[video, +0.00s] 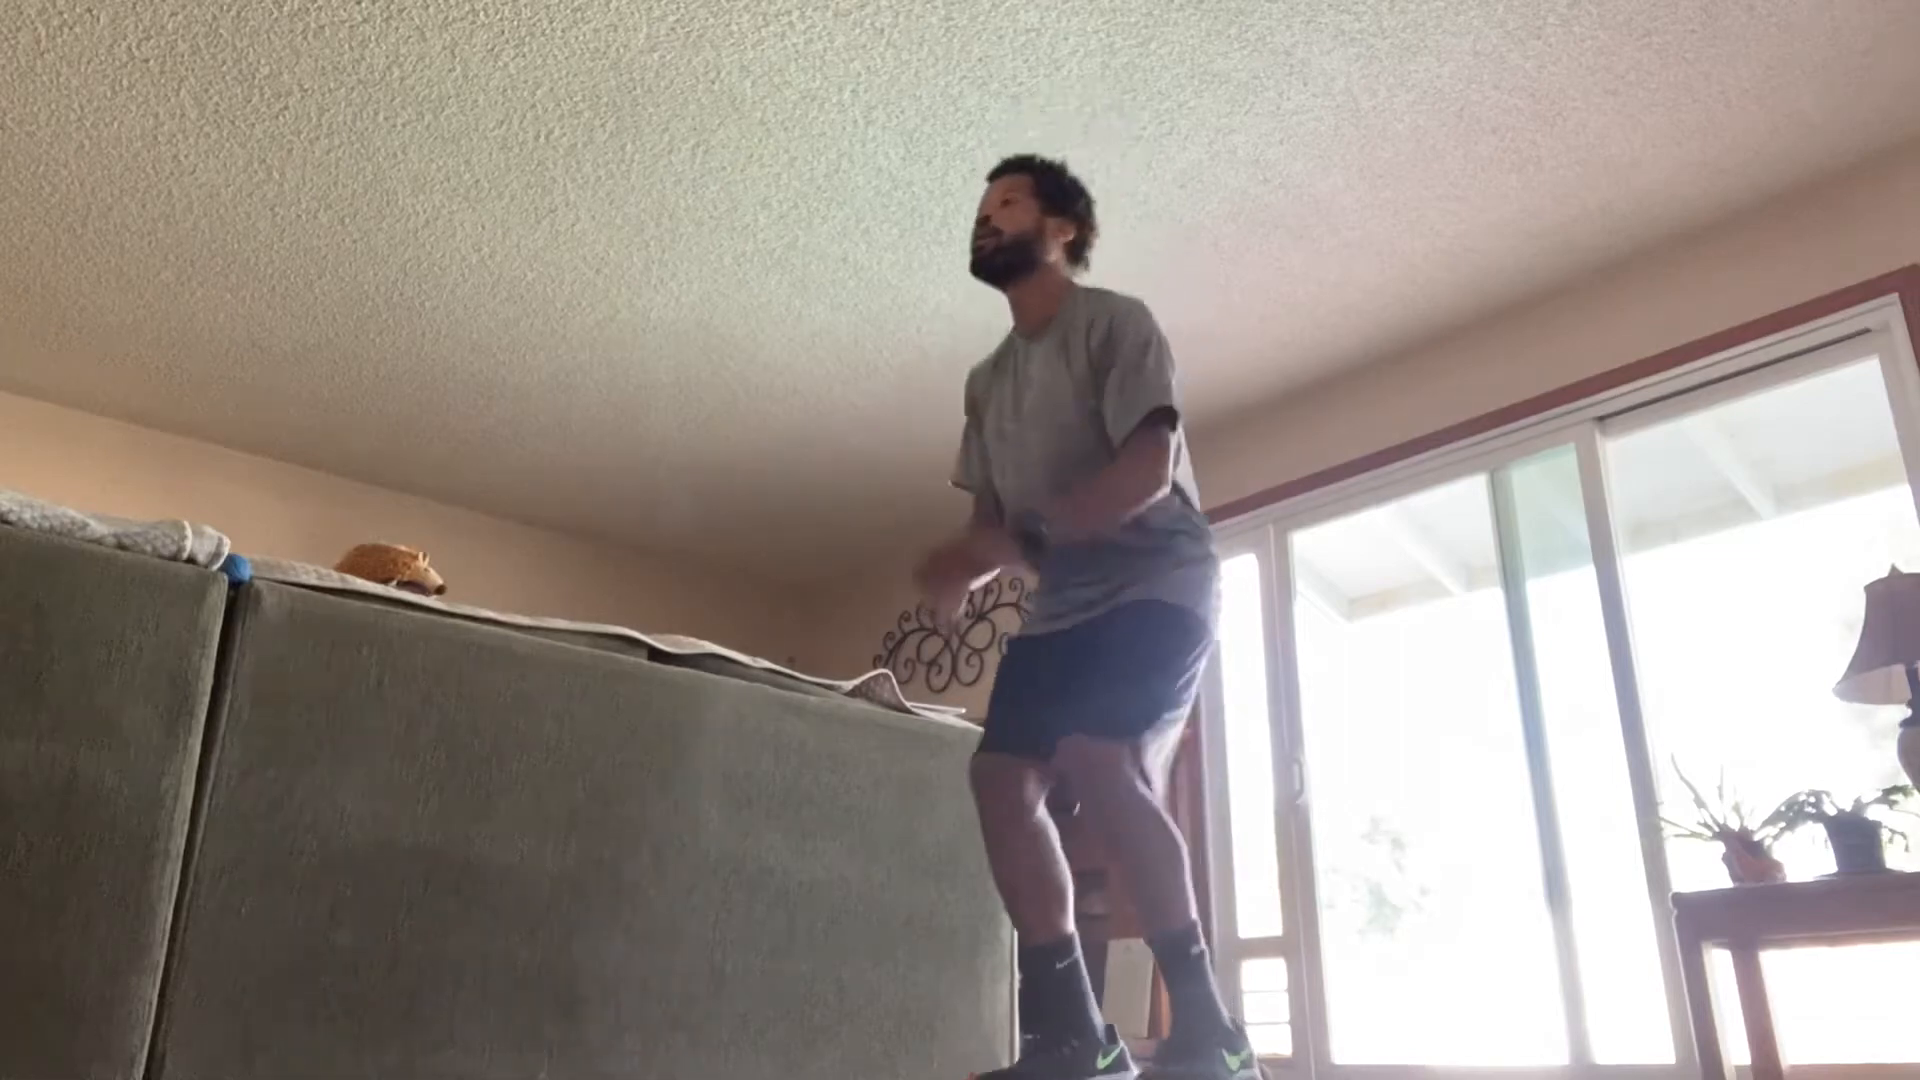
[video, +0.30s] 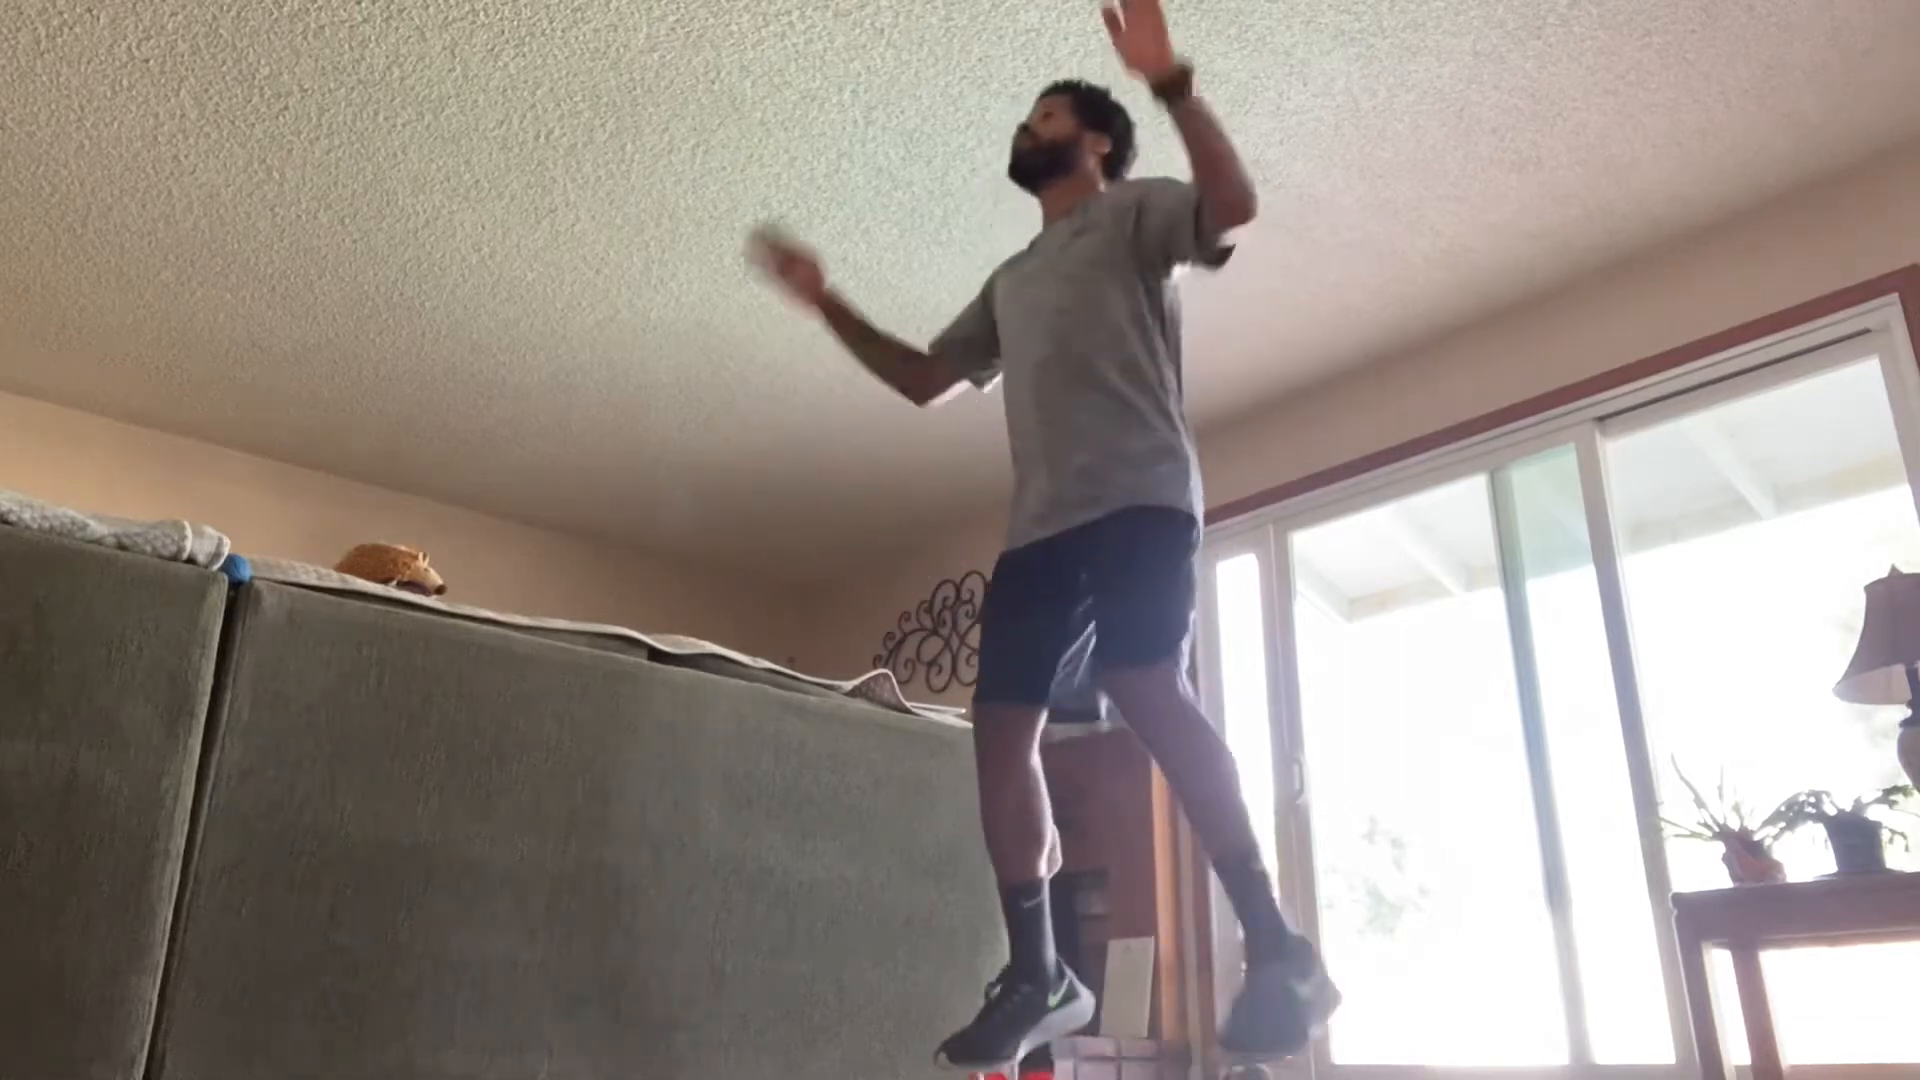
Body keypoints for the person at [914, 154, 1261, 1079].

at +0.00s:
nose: (984, 223)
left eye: (1006, 210)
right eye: (982, 212)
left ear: (1062, 230)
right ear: (982, 238)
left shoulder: (1117, 322)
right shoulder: (987, 381)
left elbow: (1153, 461)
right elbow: (996, 524)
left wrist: (1053, 526)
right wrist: (960, 568)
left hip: (1154, 586)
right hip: (1054, 607)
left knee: (1094, 759)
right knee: (1000, 775)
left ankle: (1205, 1032)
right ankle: (1069, 1036)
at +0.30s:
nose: (1028, 117)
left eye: (1052, 108)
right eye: (1026, 111)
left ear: (1103, 139)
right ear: (1029, 156)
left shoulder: (1136, 207)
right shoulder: (1011, 276)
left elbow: (1233, 204)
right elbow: (922, 377)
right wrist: (825, 301)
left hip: (1141, 493)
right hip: (1039, 519)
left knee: (1144, 693)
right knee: (1001, 726)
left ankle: (1280, 954)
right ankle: (1036, 974)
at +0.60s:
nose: (1041, 151)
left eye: (1064, 140)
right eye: (1042, 144)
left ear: (1118, 169)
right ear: (1048, 180)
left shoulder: (1146, 225)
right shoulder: (1016, 298)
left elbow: (1249, 147)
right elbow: (917, 362)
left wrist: (1197, 26)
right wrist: (846, 267)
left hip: (1145, 523)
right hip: (1040, 546)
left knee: (1185, 730)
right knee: (1009, 765)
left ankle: (1312, 976)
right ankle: (1034, 995)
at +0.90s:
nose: (1012, 186)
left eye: (1036, 173)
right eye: (1012, 177)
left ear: (1086, 203)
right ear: (1015, 217)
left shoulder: (1133, 287)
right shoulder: (1005, 346)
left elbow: (1204, 428)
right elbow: (1023, 474)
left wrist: (1119, 514)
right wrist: (1016, 544)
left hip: (1144, 558)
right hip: (1045, 578)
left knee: (1104, 767)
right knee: (1047, 788)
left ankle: (1205, 1014)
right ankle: (1156, 1021)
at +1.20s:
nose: (1016, 107)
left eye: (1040, 96)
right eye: (1017, 100)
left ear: (1091, 122)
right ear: (1031, 140)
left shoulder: (1124, 189)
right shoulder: (1008, 256)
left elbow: (1256, 175)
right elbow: (932, 359)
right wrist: (832, 292)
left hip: (1130, 471)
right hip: (1033, 492)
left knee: (1132, 679)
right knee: (1002, 712)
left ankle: (1267, 938)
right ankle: (1055, 958)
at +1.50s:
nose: (988, 163)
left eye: (1009, 148)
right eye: (988, 152)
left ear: (1064, 171)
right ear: (1006, 183)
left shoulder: (1101, 242)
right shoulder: (977, 299)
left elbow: (1212, 160)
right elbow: (881, 334)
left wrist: (1184, 31)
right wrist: (832, 227)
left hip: (1104, 533)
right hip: (1010, 557)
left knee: (1121, 737)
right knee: (980, 775)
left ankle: (1266, 973)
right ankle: (1039, 1007)